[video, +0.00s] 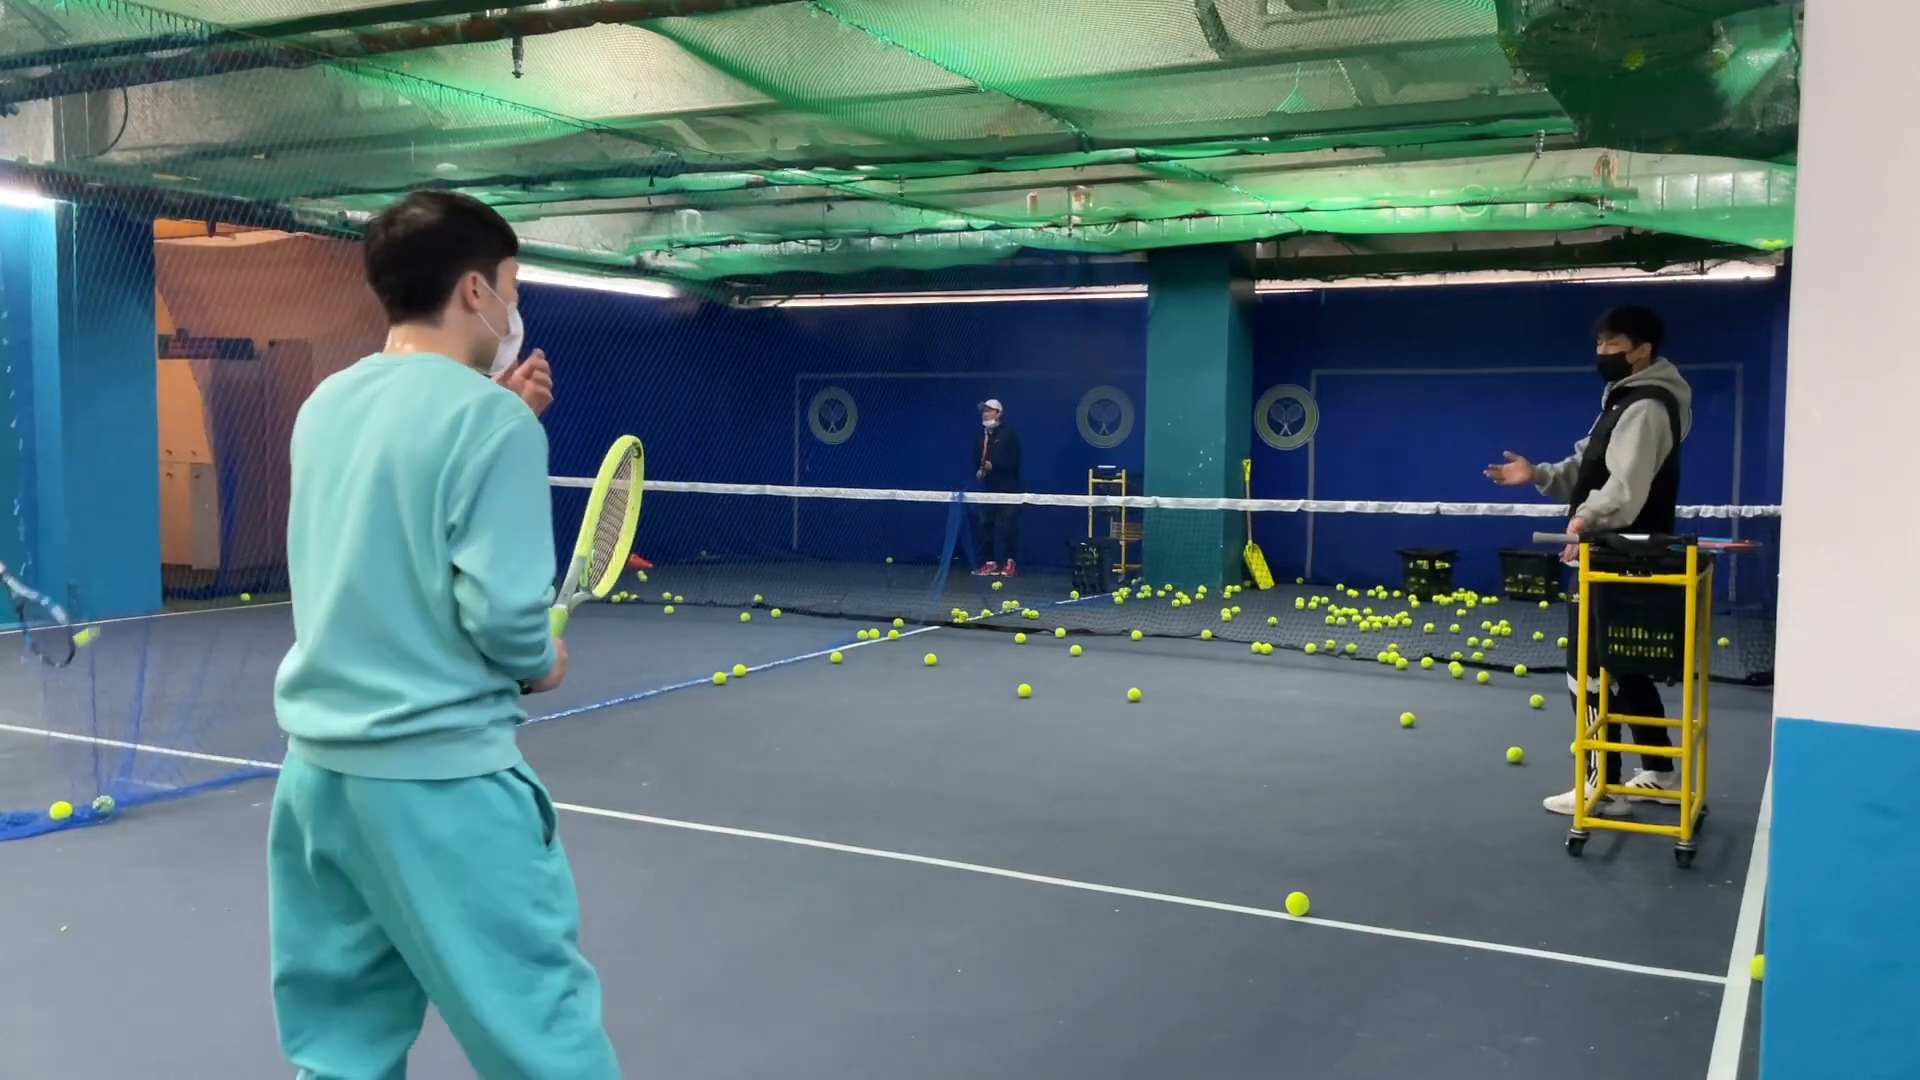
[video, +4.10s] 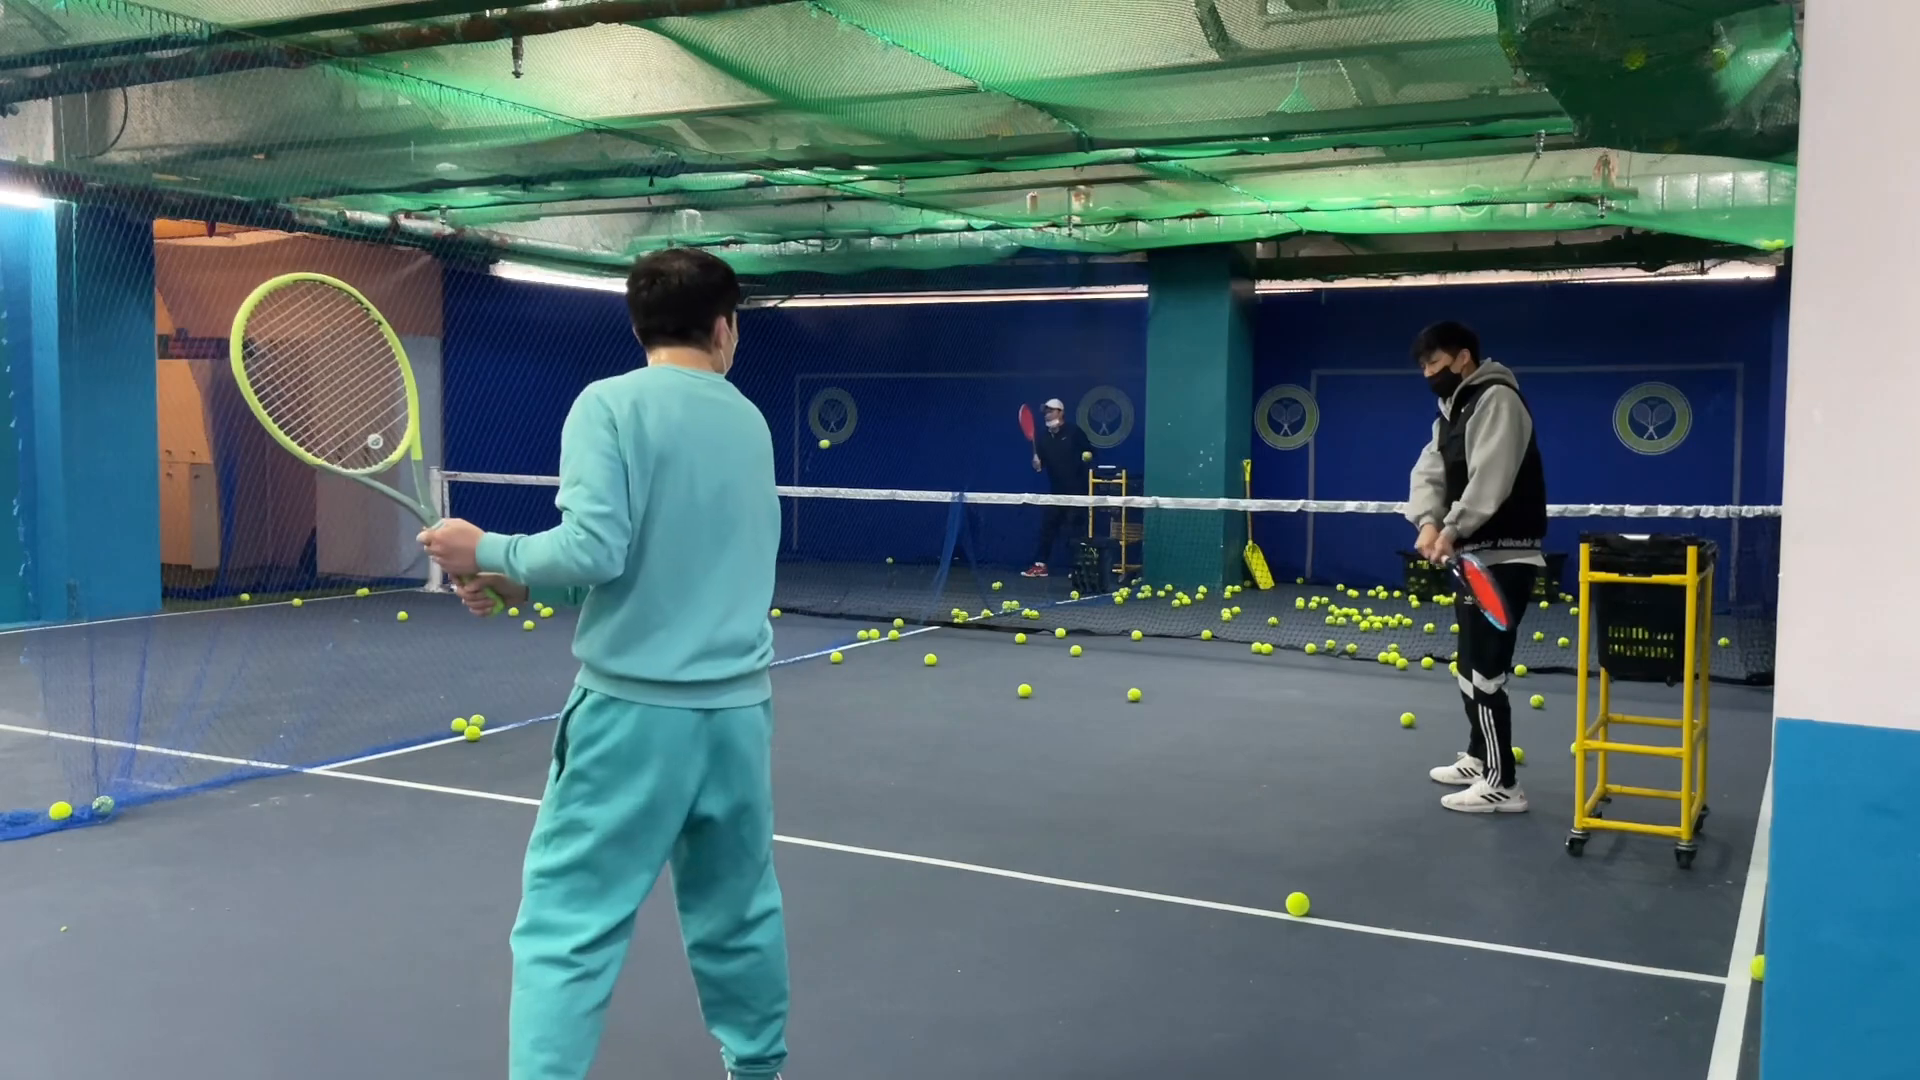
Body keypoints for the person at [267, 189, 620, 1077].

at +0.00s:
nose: (517, 313)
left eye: (518, 291)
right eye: (513, 289)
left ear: (397, 293)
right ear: (474, 289)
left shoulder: (324, 408)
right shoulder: (491, 418)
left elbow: (390, 523)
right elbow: (505, 608)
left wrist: (493, 415)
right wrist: (542, 661)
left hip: (320, 776)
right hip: (446, 785)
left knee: (341, 1036)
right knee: (545, 1030)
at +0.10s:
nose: (566, 322)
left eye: (563, 297)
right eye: (559, 296)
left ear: (441, 302)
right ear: (521, 300)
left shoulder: (360, 420)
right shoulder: (544, 427)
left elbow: (357, 578)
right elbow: (567, 619)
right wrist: (575, 673)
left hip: (361, 788)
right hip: (497, 795)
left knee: (359, 1048)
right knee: (573, 1048)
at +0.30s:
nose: (663, 311)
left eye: (661, 291)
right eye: (656, 290)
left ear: (549, 302)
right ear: (622, 301)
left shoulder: (441, 420)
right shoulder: (643, 426)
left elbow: (401, 581)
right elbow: (679, 611)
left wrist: (484, 635)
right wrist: (622, 667)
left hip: (442, 760)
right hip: (575, 768)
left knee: (423, 1005)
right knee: (614, 1024)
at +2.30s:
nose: (591, 299)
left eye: (591, 281)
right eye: (588, 281)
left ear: (477, 288)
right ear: (556, 288)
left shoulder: (386, 415)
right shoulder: (587, 414)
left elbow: (383, 572)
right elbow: (634, 590)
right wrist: (548, 635)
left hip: (416, 755)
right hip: (558, 759)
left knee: (406, 1012)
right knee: (624, 1004)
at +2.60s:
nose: (640, 295)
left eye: (638, 276)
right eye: (636, 277)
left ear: (526, 292)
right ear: (606, 289)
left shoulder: (443, 410)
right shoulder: (656, 417)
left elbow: (414, 576)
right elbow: (673, 587)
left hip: (468, 760)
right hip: (610, 767)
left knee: (438, 1010)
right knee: (641, 1018)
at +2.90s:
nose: (707, 300)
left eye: (705, 283)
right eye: (704, 283)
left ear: (599, 293)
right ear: (681, 290)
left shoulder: (516, 400)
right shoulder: (730, 413)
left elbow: (457, 565)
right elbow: (713, 534)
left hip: (541, 745)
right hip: (680, 748)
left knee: (492, 988)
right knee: (665, 1002)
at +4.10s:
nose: (739, 335)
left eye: (738, 322)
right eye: (737, 322)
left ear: (639, 328)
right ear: (722, 326)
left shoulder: (608, 405)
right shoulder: (748, 419)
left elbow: (596, 550)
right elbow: (685, 556)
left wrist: (484, 549)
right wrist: (520, 577)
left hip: (629, 716)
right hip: (740, 714)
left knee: (566, 927)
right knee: (737, 905)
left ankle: (545, 1071)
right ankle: (757, 1064)